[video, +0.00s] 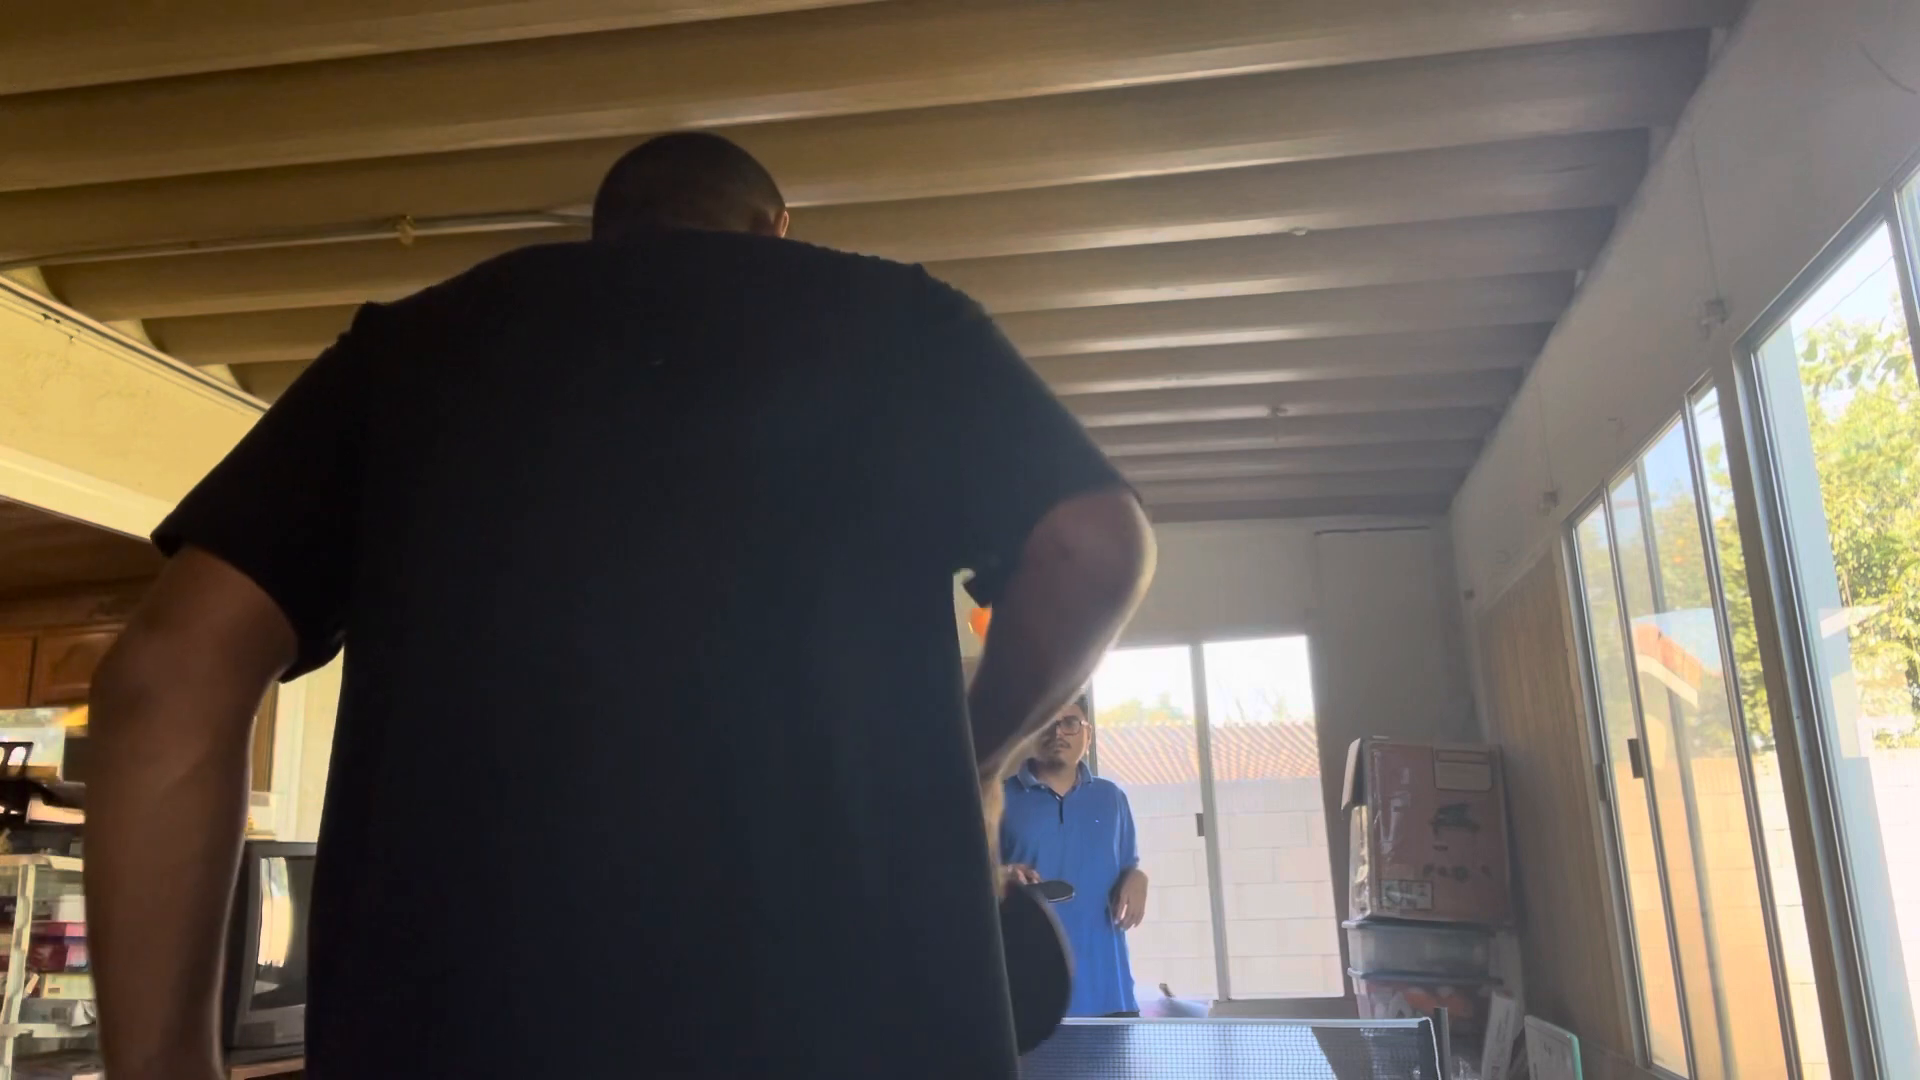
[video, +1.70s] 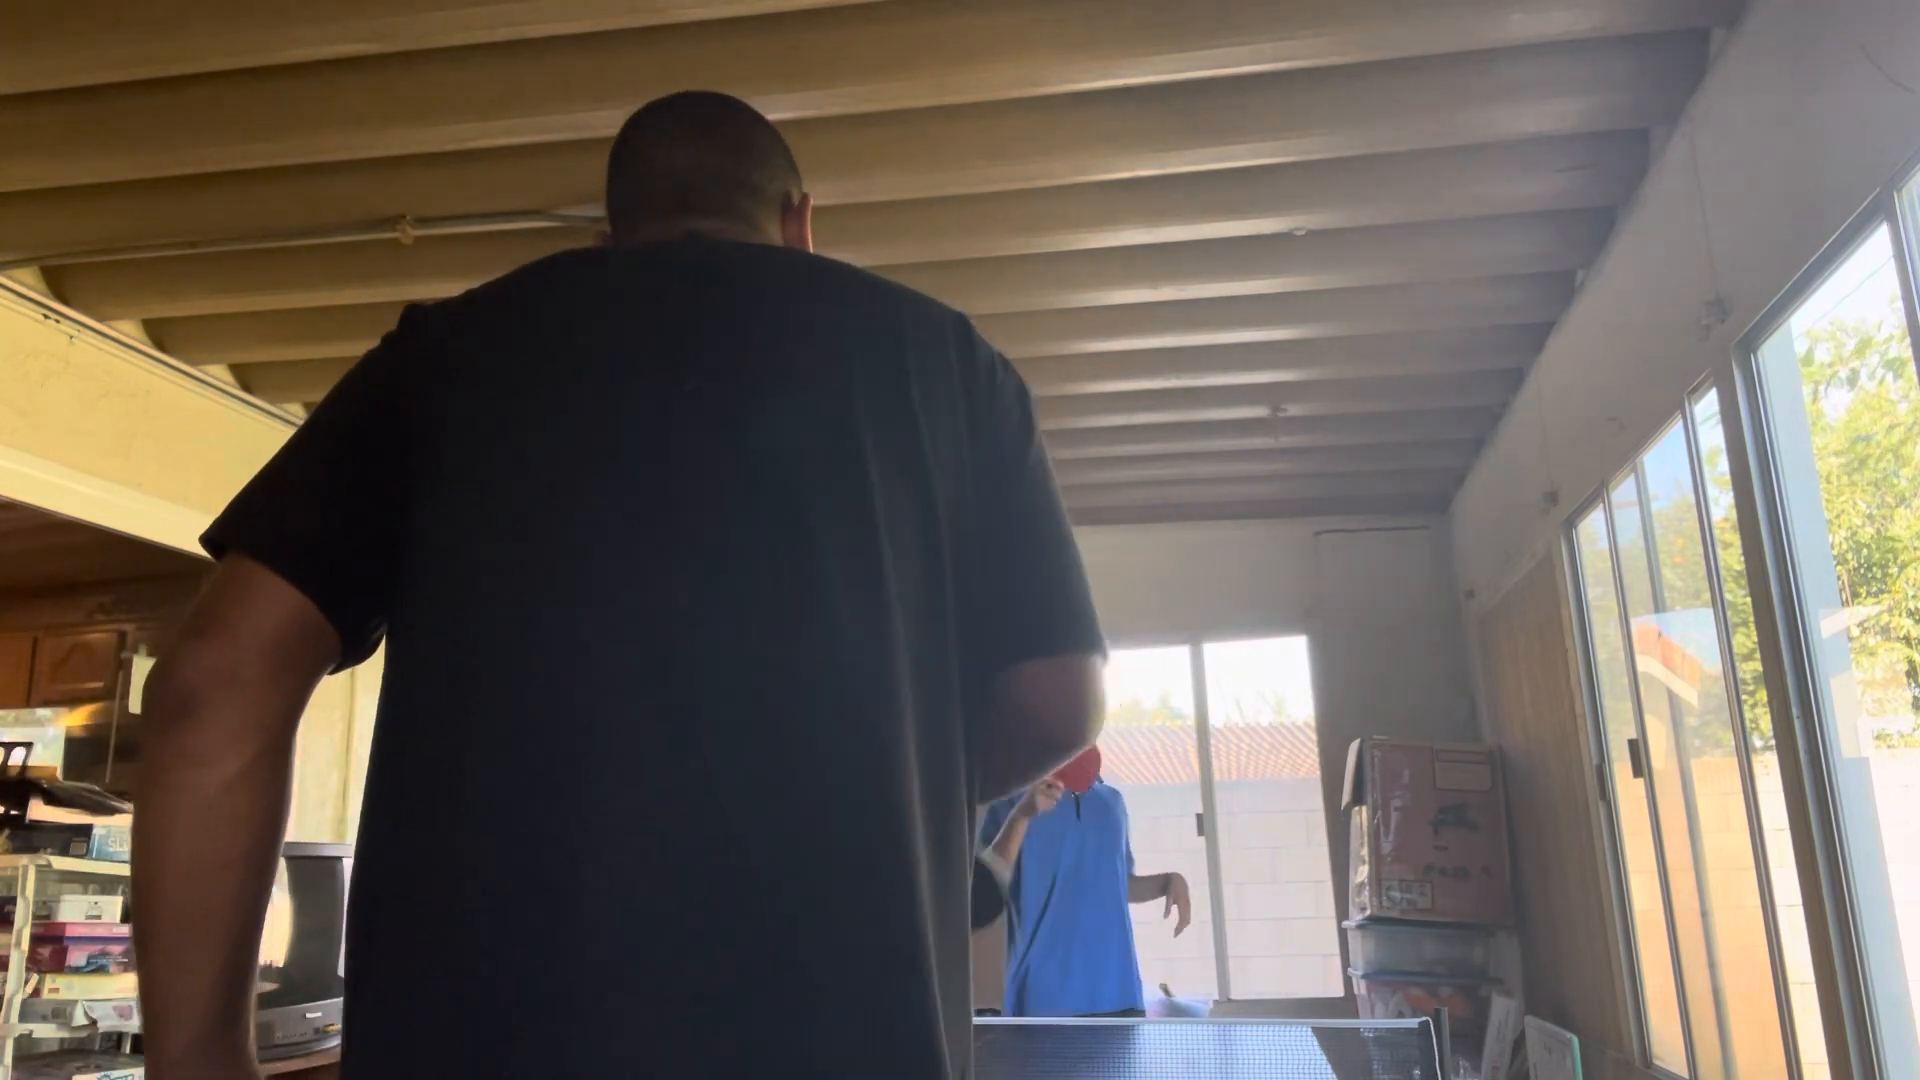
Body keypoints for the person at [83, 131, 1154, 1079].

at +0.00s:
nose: (796, 252)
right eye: (792, 237)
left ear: (590, 234)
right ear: (779, 232)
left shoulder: (410, 344)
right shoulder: (892, 315)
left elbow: (164, 676)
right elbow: (1094, 544)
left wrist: (165, 1064)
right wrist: (971, 763)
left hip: (452, 1028)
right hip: (862, 1029)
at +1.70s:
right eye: (804, 219)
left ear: (605, 219)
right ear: (797, 217)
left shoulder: (448, 349)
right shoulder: (936, 353)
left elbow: (215, 683)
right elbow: (1054, 703)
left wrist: (198, 1054)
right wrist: (878, 808)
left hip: (477, 1030)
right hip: (840, 1034)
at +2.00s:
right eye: (763, 250)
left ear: (558, 241)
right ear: (754, 250)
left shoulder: (410, 330)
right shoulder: (878, 370)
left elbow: (154, 648)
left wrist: (147, 1037)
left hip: (437, 1034)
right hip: (814, 1041)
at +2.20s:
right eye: (725, 244)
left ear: (530, 232)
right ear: (723, 245)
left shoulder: (376, 319)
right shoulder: (841, 368)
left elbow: (101, 640)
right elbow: (841, 689)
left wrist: (71, 1033)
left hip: (403, 1029)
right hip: (782, 1037)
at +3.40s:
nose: (787, 243)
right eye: (786, 220)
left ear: (576, 208)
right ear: (765, 211)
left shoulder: (379, 351)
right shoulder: (864, 340)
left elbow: (137, 717)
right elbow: (997, 697)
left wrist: (153, 1064)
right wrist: (969, 815)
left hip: (398, 1043)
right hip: (761, 1040)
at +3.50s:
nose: (785, 245)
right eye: (785, 223)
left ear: (578, 208)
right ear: (766, 212)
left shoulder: (382, 350)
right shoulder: (868, 341)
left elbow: (137, 719)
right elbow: (1003, 698)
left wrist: (147, 1057)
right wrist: (966, 811)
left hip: (396, 1036)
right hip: (766, 1036)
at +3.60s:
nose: (786, 244)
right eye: (785, 222)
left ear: (577, 210)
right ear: (766, 212)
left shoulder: (382, 349)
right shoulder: (871, 341)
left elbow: (139, 710)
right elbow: (1007, 703)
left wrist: (138, 1059)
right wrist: (962, 814)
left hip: (402, 1039)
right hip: (768, 1038)